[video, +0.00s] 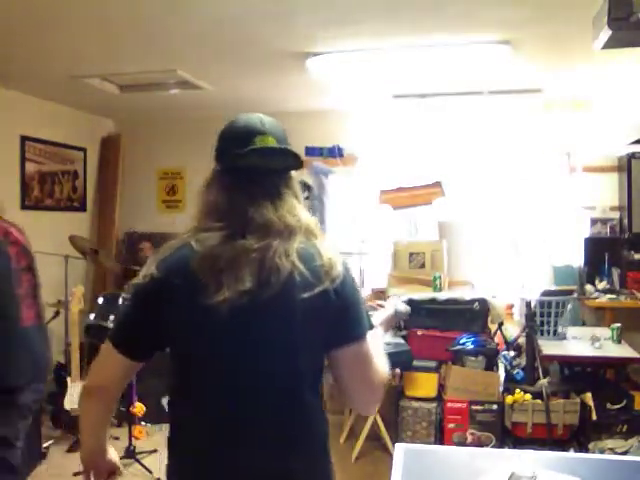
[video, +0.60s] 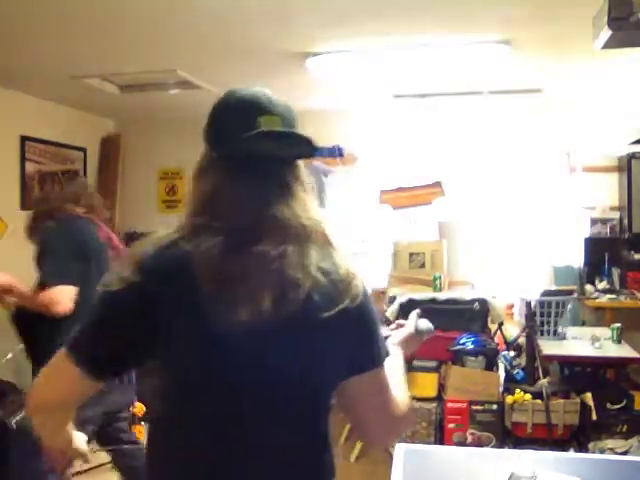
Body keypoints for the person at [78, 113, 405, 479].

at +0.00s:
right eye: (289, 181)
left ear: (217, 186)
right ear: (290, 186)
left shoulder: (176, 268)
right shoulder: (321, 270)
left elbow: (99, 386)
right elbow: (366, 397)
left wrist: (93, 455)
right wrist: (365, 339)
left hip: (199, 469)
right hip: (297, 470)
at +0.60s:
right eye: (300, 166)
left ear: (209, 173)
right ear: (295, 178)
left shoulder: (165, 274)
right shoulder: (335, 286)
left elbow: (46, 400)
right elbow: (383, 430)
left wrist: (63, 447)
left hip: (182, 471)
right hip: (298, 472)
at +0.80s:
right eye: (248, 166)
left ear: (158, 175)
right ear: (252, 177)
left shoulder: (103, 288)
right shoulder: (295, 294)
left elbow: (5, 419)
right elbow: (349, 459)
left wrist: (38, 461)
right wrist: (377, 376)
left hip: (126, 469)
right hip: (257, 470)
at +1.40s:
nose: (269, 183)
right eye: (264, 170)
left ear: (167, 171)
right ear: (259, 175)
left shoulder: (99, 280)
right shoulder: (290, 294)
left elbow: (8, 405)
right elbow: (349, 464)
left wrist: (61, 416)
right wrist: (395, 369)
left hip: (120, 472)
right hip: (249, 471)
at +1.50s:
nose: (285, 191)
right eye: (282, 180)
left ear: (184, 179)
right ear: (276, 184)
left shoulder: (126, 287)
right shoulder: (308, 301)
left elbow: (18, 385)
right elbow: (361, 466)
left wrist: (83, 394)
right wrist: (407, 369)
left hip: (142, 473)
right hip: (265, 473)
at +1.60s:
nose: (307, 187)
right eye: (301, 175)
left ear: (204, 179)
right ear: (294, 182)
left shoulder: (152, 284)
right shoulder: (324, 300)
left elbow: (48, 373)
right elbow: (371, 463)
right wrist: (418, 369)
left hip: (164, 472)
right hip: (282, 474)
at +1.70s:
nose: (318, 187)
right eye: (313, 174)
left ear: (216, 181)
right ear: (304, 184)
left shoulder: (165, 279)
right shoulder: (332, 296)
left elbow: (67, 360)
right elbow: (381, 458)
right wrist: (426, 363)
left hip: (173, 473)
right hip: (292, 473)